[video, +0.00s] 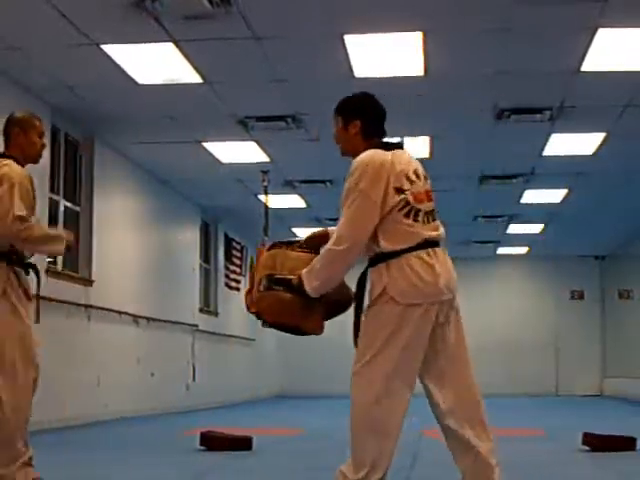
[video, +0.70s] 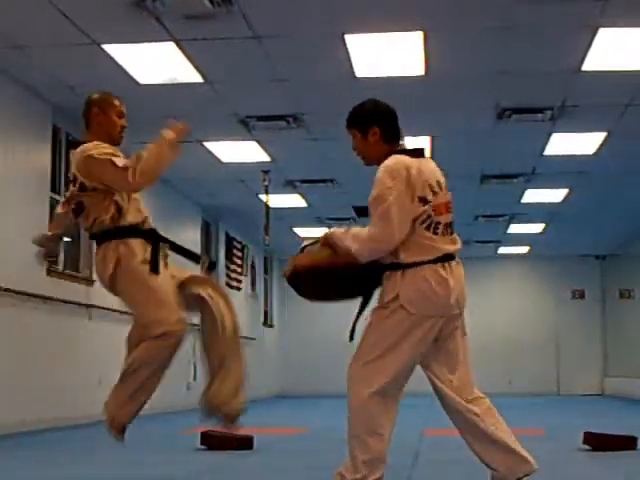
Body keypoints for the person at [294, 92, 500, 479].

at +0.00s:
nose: (335, 137)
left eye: (337, 128)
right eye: (335, 129)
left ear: (356, 127)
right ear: (373, 128)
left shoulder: (370, 164)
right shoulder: (405, 159)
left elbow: (350, 238)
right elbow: (382, 224)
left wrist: (310, 280)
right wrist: (332, 235)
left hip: (401, 280)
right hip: (438, 274)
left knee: (376, 381)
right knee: (451, 384)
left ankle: (364, 472)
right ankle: (482, 471)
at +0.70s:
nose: (355, 150)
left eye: (356, 140)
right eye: (353, 142)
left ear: (375, 135)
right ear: (391, 135)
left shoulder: (393, 170)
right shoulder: (428, 167)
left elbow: (385, 237)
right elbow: (411, 236)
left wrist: (335, 236)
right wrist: (352, 250)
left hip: (416, 283)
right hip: (448, 277)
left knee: (367, 378)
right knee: (456, 386)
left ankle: (363, 471)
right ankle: (514, 467)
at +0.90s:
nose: (404, 146)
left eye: (406, 136)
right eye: (402, 138)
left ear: (425, 129)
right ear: (433, 130)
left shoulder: (453, 155)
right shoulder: (463, 158)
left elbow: (446, 221)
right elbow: (449, 235)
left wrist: (396, 231)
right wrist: (399, 252)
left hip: (474, 275)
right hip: (492, 273)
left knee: (433, 378)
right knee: (489, 388)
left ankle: (415, 471)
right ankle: (523, 472)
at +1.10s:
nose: (432, 150)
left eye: (431, 139)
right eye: (428, 142)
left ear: (450, 129)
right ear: (457, 130)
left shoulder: (481, 157)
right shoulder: (496, 156)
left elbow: (489, 227)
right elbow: (498, 226)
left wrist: (447, 268)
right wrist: (453, 234)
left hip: (523, 267)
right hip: (527, 266)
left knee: (517, 378)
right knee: (508, 381)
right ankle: (521, 473)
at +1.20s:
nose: (452, 158)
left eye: (450, 149)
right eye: (448, 152)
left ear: (468, 134)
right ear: (473, 134)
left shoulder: (498, 162)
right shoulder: (526, 158)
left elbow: (501, 236)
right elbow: (525, 228)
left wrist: (469, 283)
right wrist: (471, 232)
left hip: (541, 278)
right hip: (546, 278)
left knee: (567, 378)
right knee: (522, 390)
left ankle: (634, 461)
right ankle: (523, 472)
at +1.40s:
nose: (487, 163)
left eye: (485, 152)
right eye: (482, 155)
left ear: (502, 137)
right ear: (509, 137)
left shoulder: (534, 168)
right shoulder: (563, 163)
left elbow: (534, 250)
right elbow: (551, 222)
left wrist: (499, 284)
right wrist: (501, 218)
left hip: (574, 285)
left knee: (621, 386)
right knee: (536, 393)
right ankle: (524, 473)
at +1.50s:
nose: (505, 160)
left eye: (503, 149)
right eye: (500, 153)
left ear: (521, 136)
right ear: (530, 136)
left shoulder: (559, 167)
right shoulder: (572, 163)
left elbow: (555, 246)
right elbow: (563, 226)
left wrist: (507, 282)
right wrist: (511, 217)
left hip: (593, 281)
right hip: (576, 283)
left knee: (626, 387)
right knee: (549, 389)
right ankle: (528, 474)